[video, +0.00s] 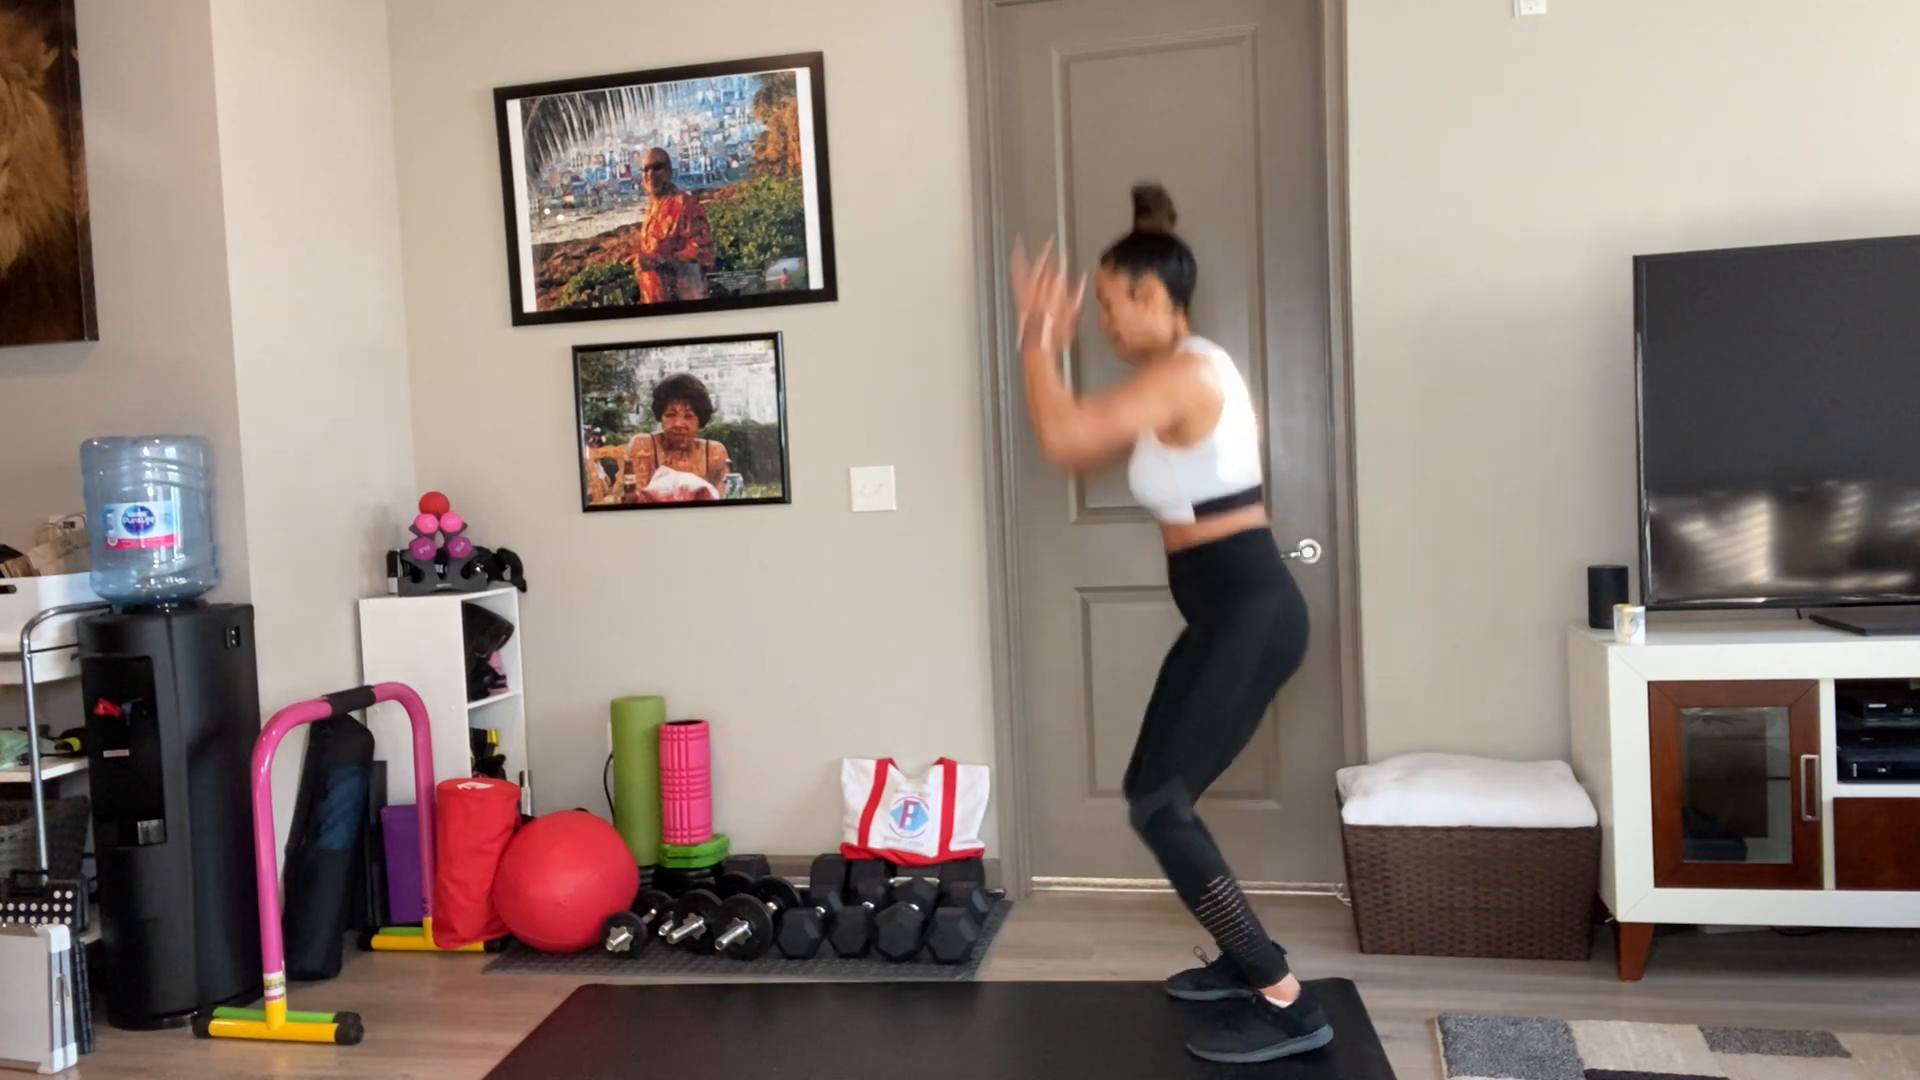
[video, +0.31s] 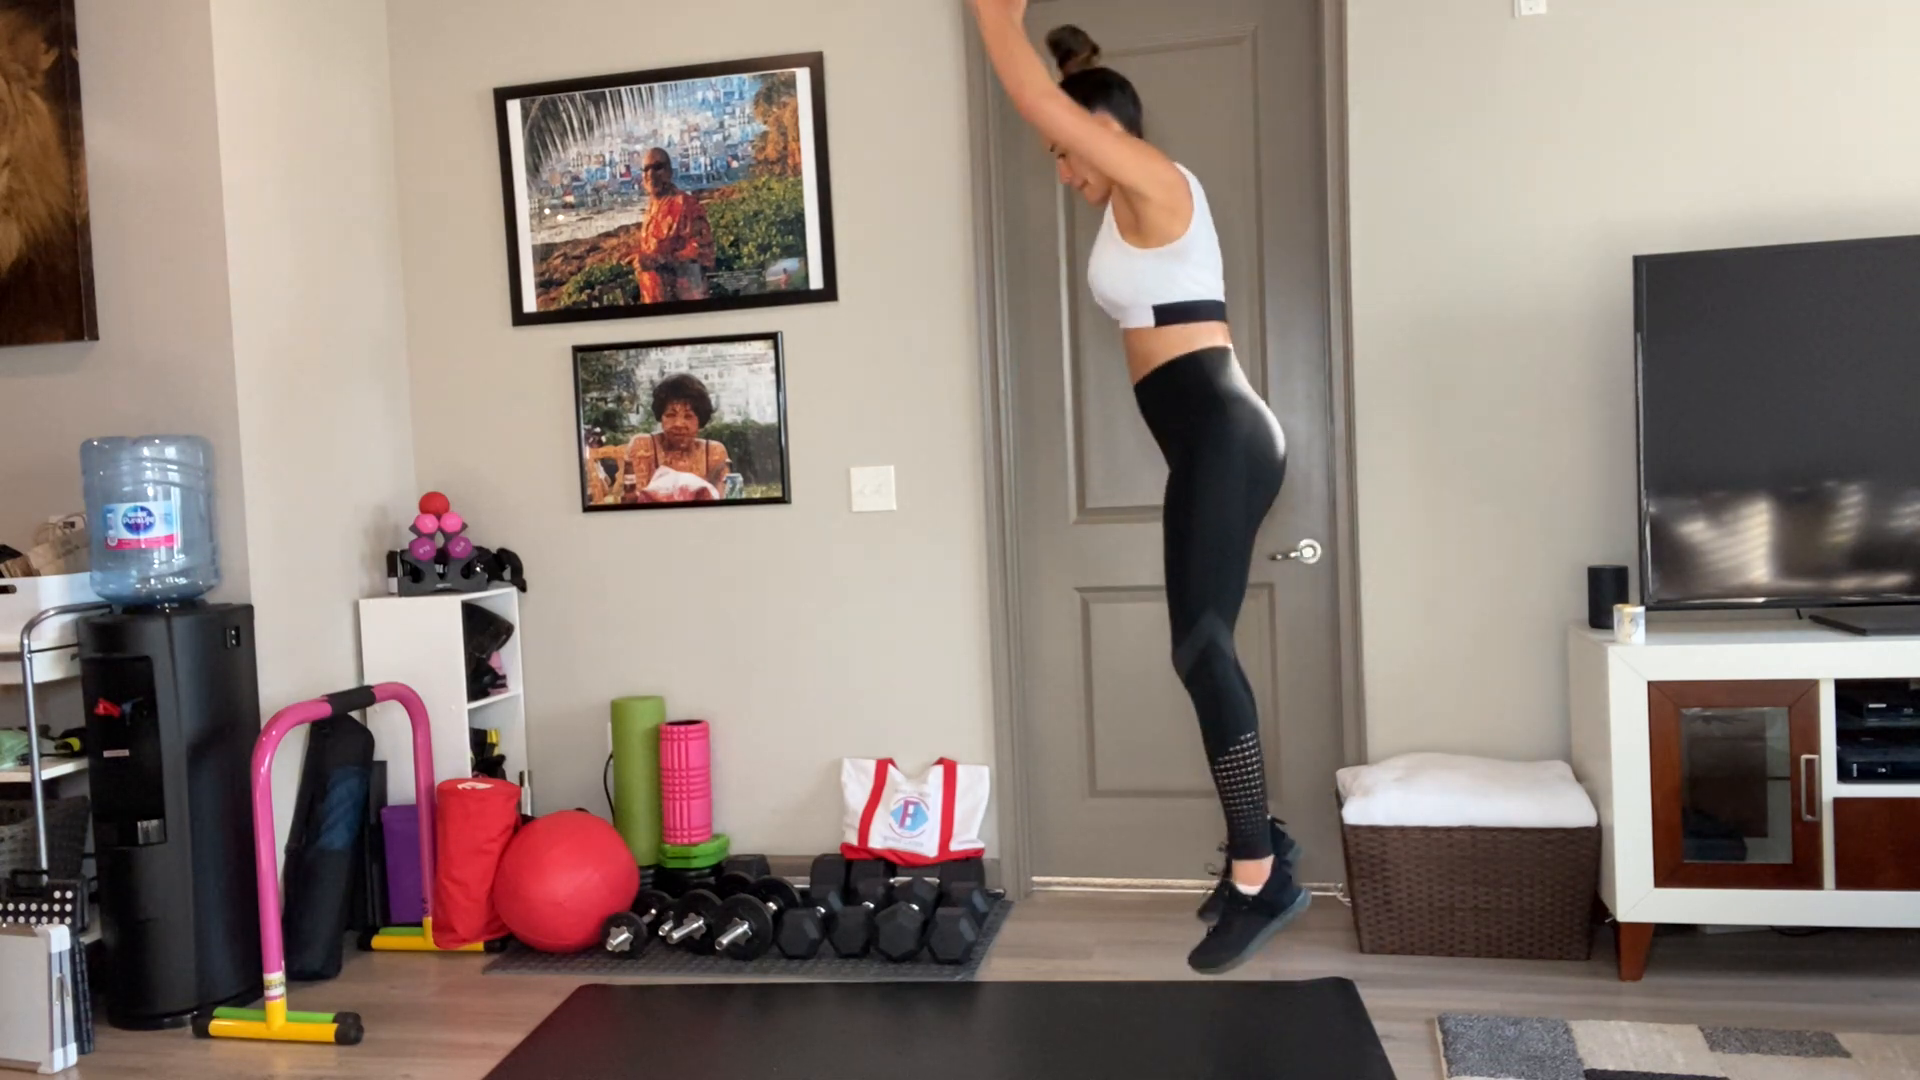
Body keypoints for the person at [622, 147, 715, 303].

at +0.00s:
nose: (650, 174)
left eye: (657, 167)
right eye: (646, 169)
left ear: (670, 172)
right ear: (642, 176)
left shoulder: (686, 204)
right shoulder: (653, 206)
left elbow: (703, 254)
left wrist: (655, 260)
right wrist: (639, 257)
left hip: (683, 297)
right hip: (655, 297)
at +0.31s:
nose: (650, 174)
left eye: (657, 167)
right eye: (646, 169)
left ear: (670, 172)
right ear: (642, 176)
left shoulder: (686, 204)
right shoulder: (653, 206)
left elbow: (703, 254)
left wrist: (656, 260)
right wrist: (638, 257)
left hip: (683, 297)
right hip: (654, 297)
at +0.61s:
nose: (650, 174)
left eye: (657, 167)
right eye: (646, 169)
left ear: (670, 172)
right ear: (642, 176)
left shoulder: (686, 204)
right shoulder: (653, 206)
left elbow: (703, 254)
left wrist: (656, 260)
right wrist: (639, 257)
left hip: (683, 297)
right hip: (655, 297)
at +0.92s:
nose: (650, 174)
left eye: (657, 167)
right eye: (646, 169)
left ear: (670, 172)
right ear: (642, 176)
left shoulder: (687, 205)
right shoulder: (653, 206)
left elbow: (703, 255)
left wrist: (655, 260)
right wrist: (639, 257)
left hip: (683, 297)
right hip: (655, 297)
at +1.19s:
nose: (650, 174)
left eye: (657, 167)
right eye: (646, 169)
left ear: (670, 172)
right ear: (642, 176)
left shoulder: (686, 205)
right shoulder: (653, 206)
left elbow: (703, 255)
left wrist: (655, 260)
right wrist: (639, 257)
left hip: (683, 297)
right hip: (655, 297)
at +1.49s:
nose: (650, 174)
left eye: (657, 167)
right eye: (646, 169)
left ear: (670, 172)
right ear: (642, 176)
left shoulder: (686, 204)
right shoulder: (653, 206)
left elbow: (703, 255)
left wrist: (655, 260)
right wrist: (639, 257)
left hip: (683, 297)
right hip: (655, 297)